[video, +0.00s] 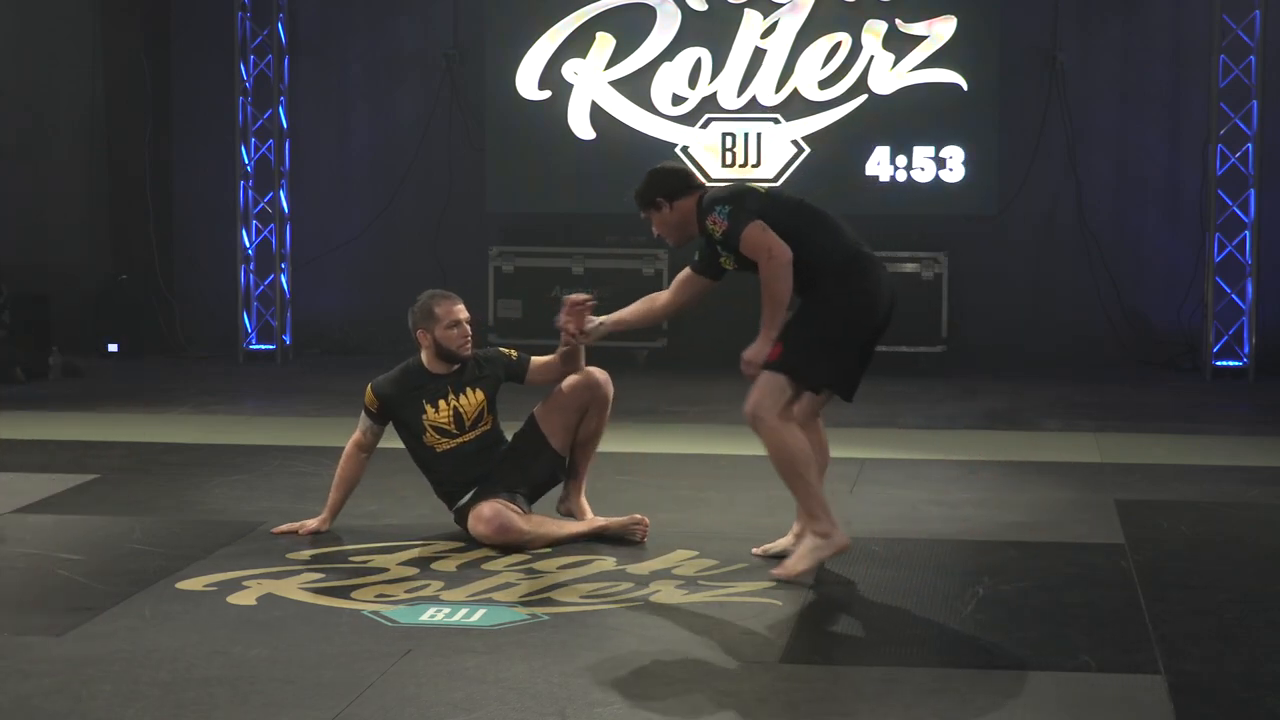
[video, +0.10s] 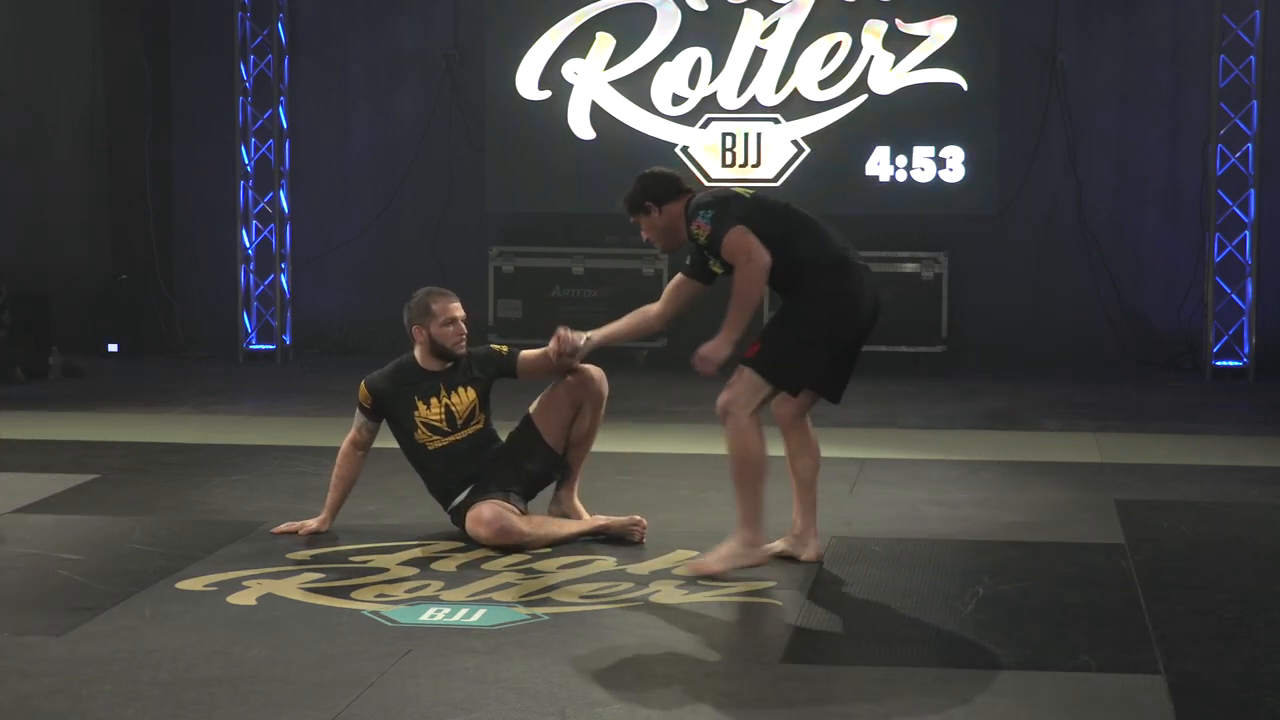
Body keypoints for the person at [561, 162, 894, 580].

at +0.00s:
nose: (653, 231)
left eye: (652, 219)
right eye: (649, 222)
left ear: (671, 204)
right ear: (675, 204)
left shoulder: (720, 209)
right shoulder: (717, 238)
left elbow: (776, 255)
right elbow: (668, 299)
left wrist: (766, 337)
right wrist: (600, 325)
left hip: (842, 295)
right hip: (859, 293)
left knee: (764, 409)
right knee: (803, 415)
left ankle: (824, 531)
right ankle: (806, 527)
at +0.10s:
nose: (643, 237)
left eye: (642, 224)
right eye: (639, 228)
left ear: (662, 208)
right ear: (665, 209)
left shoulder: (706, 212)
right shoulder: (708, 243)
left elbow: (755, 259)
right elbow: (659, 312)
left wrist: (726, 339)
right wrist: (592, 338)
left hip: (824, 298)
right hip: (851, 296)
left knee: (735, 405)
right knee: (791, 410)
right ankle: (804, 537)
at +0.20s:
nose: (631, 233)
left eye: (628, 221)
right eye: (626, 225)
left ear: (646, 207)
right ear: (655, 206)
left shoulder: (691, 215)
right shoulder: (697, 229)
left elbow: (713, 286)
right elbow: (665, 320)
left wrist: (665, 344)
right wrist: (601, 363)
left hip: (807, 300)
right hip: (834, 294)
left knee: (720, 414)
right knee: (776, 412)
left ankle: (696, 547)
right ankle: (801, 535)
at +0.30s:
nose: (616, 233)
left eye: (612, 221)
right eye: (610, 225)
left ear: (628, 207)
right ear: (652, 198)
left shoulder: (663, 223)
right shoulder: (696, 224)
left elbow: (652, 316)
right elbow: (660, 331)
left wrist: (595, 342)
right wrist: (601, 367)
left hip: (785, 301)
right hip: (822, 296)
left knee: (703, 414)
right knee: (766, 414)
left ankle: (693, 547)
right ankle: (797, 537)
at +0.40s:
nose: (597, 239)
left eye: (594, 227)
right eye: (592, 230)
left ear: (609, 213)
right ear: (631, 204)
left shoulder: (633, 232)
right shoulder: (679, 231)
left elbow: (596, 322)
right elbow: (648, 333)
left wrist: (546, 374)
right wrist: (592, 390)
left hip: (774, 297)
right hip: (811, 291)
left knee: (701, 414)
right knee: (758, 410)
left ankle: (692, 547)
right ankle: (793, 528)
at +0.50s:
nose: (580, 249)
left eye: (577, 238)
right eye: (575, 241)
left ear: (593, 223)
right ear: (615, 211)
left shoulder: (614, 244)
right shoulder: (663, 235)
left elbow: (587, 334)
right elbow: (639, 338)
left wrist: (561, 395)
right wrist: (593, 397)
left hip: (761, 294)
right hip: (797, 285)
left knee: (686, 414)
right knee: (748, 387)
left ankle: (691, 547)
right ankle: (793, 500)